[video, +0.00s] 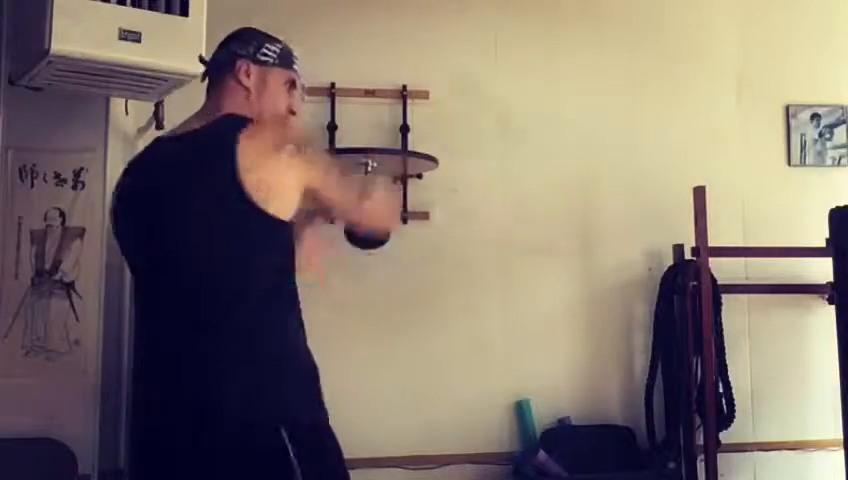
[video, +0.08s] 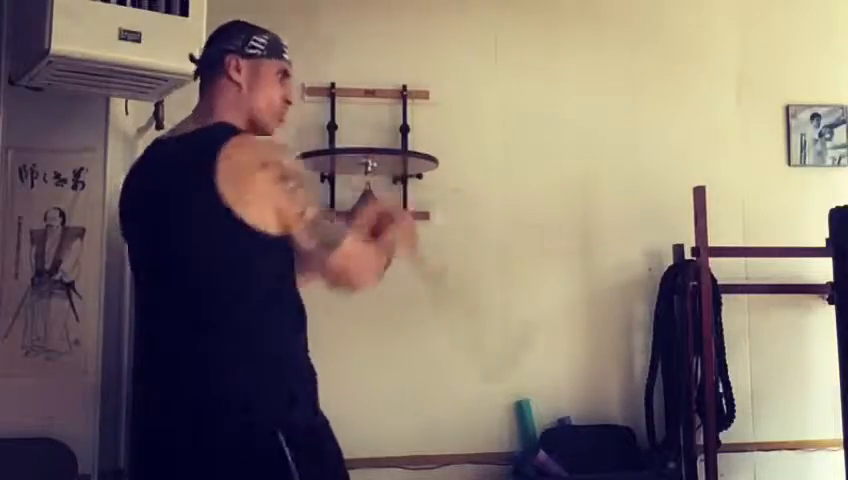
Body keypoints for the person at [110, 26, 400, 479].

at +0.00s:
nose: (295, 106)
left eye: (296, 91)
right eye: (289, 86)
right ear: (245, 74)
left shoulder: (136, 173)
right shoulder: (271, 150)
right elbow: (376, 221)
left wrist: (289, 244)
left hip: (166, 413)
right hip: (264, 413)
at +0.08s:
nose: (290, 97)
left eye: (289, 81)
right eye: (281, 76)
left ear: (235, 72)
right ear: (236, 70)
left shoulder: (146, 168)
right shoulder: (253, 158)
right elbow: (354, 268)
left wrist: (344, 236)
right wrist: (383, 236)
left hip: (169, 419)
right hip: (262, 421)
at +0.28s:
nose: (268, 87)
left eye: (265, 72)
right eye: (255, 67)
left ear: (209, 71)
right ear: (208, 66)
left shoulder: (178, 164)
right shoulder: (198, 171)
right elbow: (323, 272)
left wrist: (335, 231)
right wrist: (423, 210)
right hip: (245, 435)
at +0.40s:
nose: (261, 91)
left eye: (259, 75)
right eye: (249, 71)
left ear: (203, 75)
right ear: (200, 71)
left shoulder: (233, 173)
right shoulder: (172, 181)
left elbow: (288, 219)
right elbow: (294, 282)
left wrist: (361, 211)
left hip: (272, 435)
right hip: (213, 445)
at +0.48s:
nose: (272, 94)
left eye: (270, 79)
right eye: (260, 75)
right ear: (211, 73)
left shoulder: (265, 179)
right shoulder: (158, 180)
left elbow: (328, 286)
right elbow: (190, 325)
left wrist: (304, 255)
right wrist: (282, 265)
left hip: (283, 432)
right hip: (198, 441)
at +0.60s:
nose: (285, 97)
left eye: (284, 83)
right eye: (274, 79)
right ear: (226, 75)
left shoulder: (284, 184)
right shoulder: (158, 178)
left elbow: (329, 289)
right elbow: (110, 317)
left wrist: (241, 285)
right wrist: (203, 335)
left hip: (282, 430)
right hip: (186, 436)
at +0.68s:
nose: (302, 99)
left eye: (301, 86)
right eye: (292, 82)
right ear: (244, 77)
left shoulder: (296, 189)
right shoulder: (162, 173)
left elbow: (324, 293)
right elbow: (51, 272)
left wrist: (238, 297)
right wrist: (110, 347)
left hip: (281, 412)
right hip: (189, 415)